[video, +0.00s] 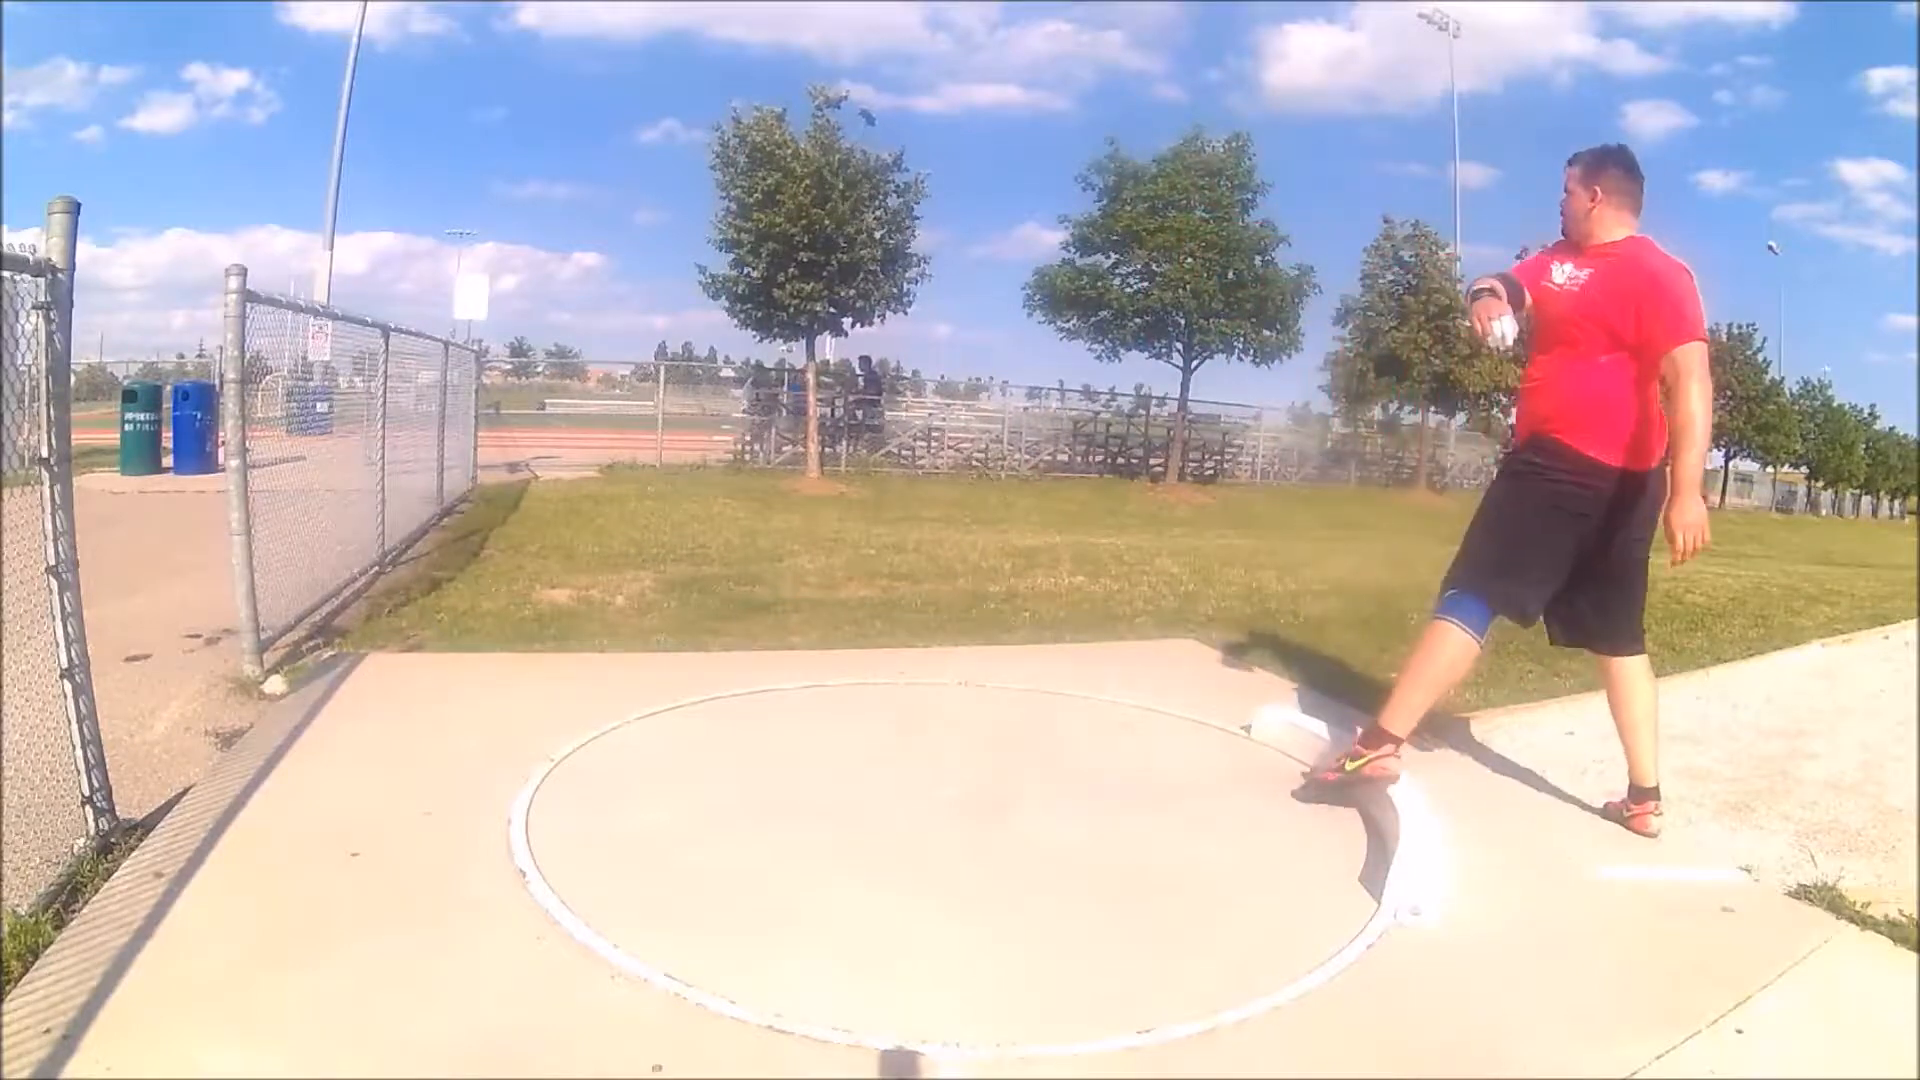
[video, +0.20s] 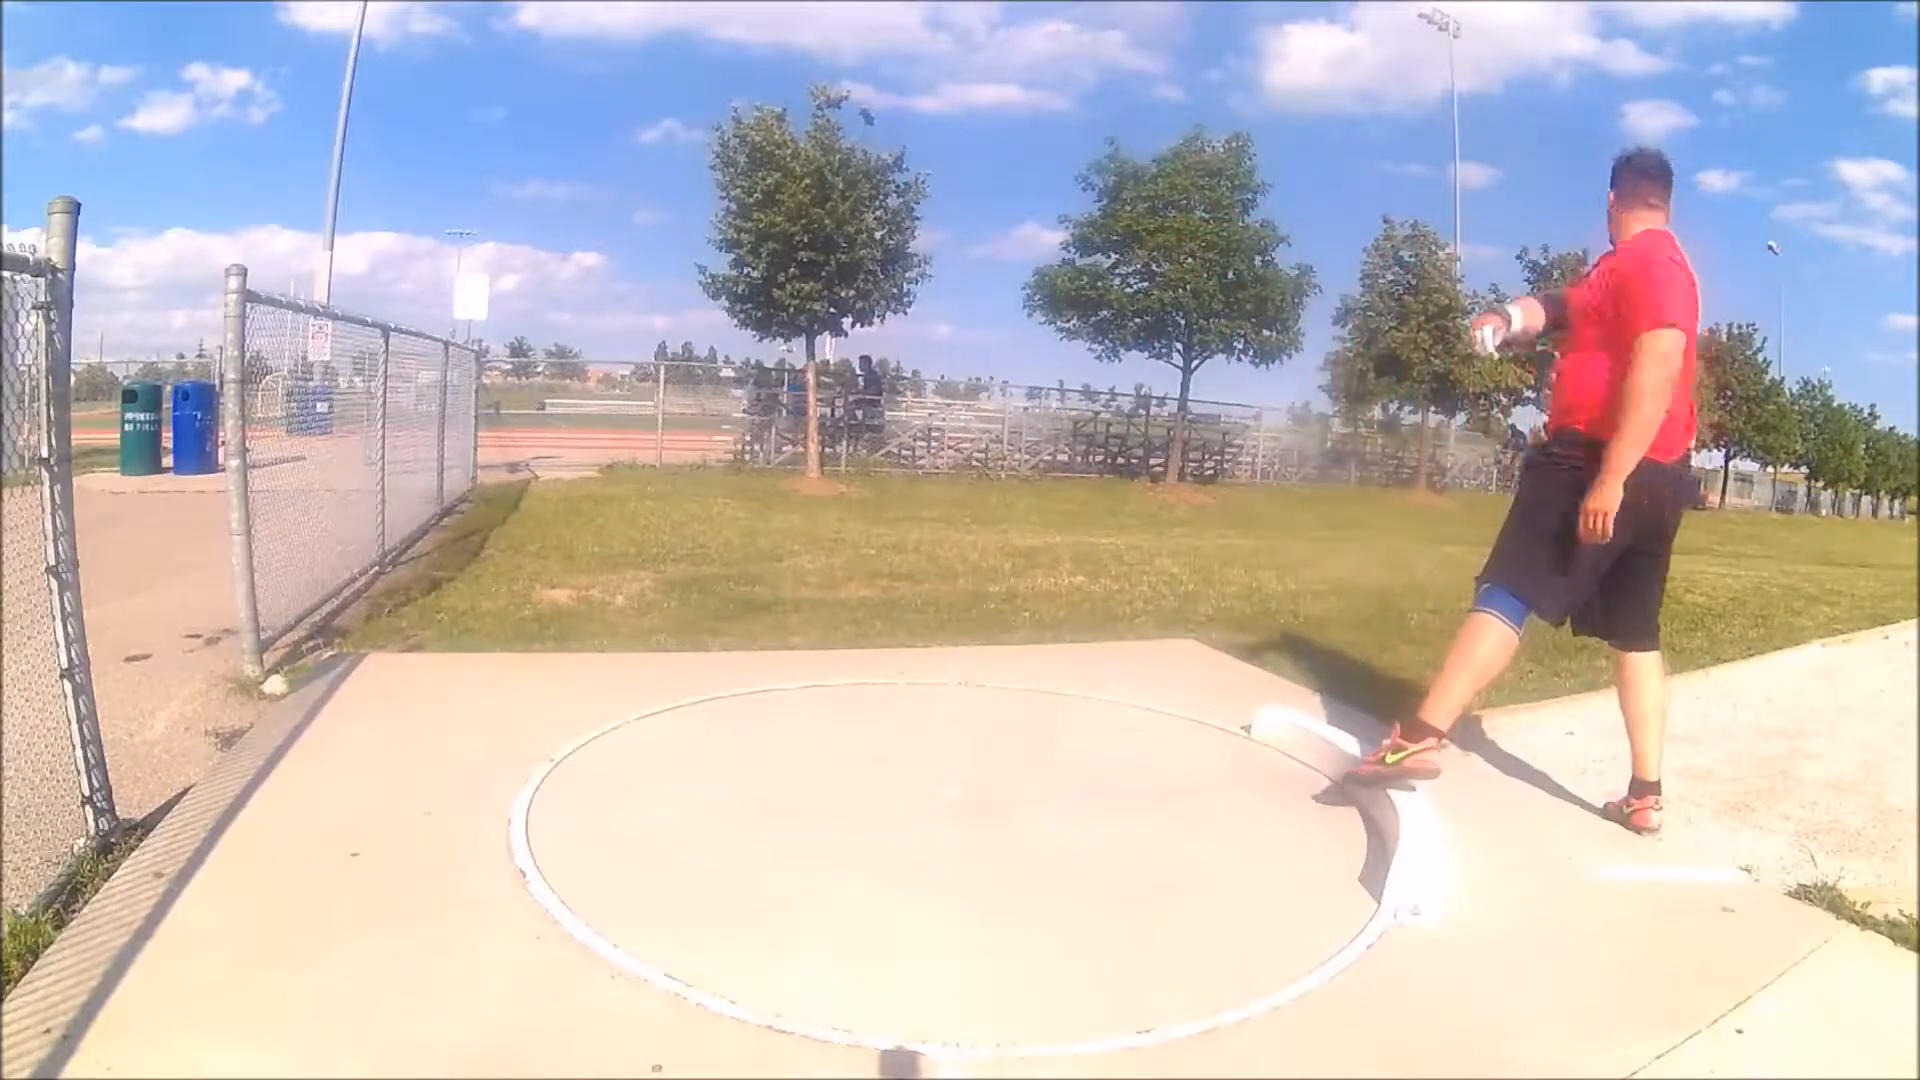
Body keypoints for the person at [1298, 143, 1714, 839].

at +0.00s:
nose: (1562, 208)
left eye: (1568, 196)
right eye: (1564, 196)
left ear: (1596, 195)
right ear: (1613, 196)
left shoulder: (1659, 271)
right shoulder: (1555, 260)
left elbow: (1691, 379)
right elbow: (1501, 286)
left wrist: (1689, 492)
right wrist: (1489, 298)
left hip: (1561, 461)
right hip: (1631, 476)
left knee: (1471, 597)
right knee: (1618, 629)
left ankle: (1381, 741)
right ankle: (1645, 796)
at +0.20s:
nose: (1606, 214)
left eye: (1607, 204)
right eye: (1613, 205)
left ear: (1616, 199)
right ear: (1666, 204)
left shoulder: (1649, 259)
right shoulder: (1630, 267)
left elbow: (1658, 369)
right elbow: (1560, 306)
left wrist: (1614, 474)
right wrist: (1511, 319)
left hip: (1587, 463)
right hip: (1655, 475)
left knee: (1506, 597)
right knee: (1637, 633)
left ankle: (1423, 736)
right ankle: (1646, 793)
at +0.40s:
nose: (1627, 213)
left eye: (1623, 202)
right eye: (1654, 202)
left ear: (1623, 199)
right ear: (1679, 205)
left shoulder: (1621, 245)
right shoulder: (1692, 275)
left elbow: (1590, 338)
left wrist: (1524, 436)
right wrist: (1546, 376)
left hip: (1593, 455)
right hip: (1668, 473)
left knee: (1518, 596)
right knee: (1643, 627)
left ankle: (1441, 735)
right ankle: (1646, 791)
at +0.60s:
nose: (1636, 206)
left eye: (1619, 195)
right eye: (1654, 199)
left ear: (1611, 193)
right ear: (1666, 203)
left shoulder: (1585, 244)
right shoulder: (1693, 278)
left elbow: (1533, 330)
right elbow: (1694, 376)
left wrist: (1458, 408)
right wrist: (1663, 447)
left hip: (1574, 456)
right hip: (1659, 467)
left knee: (1498, 585)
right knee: (1641, 621)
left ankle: (1471, 740)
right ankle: (1644, 789)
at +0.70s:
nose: (1646, 214)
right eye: (1652, 207)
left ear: (1593, 196)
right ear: (1651, 206)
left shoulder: (1564, 242)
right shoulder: (1679, 278)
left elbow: (1509, 337)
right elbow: (1704, 376)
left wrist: (1447, 409)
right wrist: (1698, 429)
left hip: (1555, 453)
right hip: (1644, 462)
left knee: (1494, 590)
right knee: (1635, 619)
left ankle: (1476, 746)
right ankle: (1643, 787)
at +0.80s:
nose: (1631, 217)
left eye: (1624, 208)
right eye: (1633, 210)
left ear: (1573, 197)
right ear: (1628, 207)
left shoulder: (1533, 247)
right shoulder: (1660, 277)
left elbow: (1478, 343)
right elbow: (1704, 384)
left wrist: (1433, 427)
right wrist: (1702, 473)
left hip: (1535, 461)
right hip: (1629, 464)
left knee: (1496, 608)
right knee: (1627, 622)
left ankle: (1442, 757)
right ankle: (1641, 786)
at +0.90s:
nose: (1608, 213)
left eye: (1603, 205)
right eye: (1609, 205)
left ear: (1545, 198)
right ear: (1602, 202)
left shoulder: (1497, 252)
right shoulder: (1633, 269)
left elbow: (1451, 348)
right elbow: (1687, 380)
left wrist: (1425, 427)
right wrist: (1699, 476)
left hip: (1513, 464)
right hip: (1608, 466)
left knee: (1483, 617)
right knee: (1617, 623)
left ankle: (1438, 762)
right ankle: (1638, 783)